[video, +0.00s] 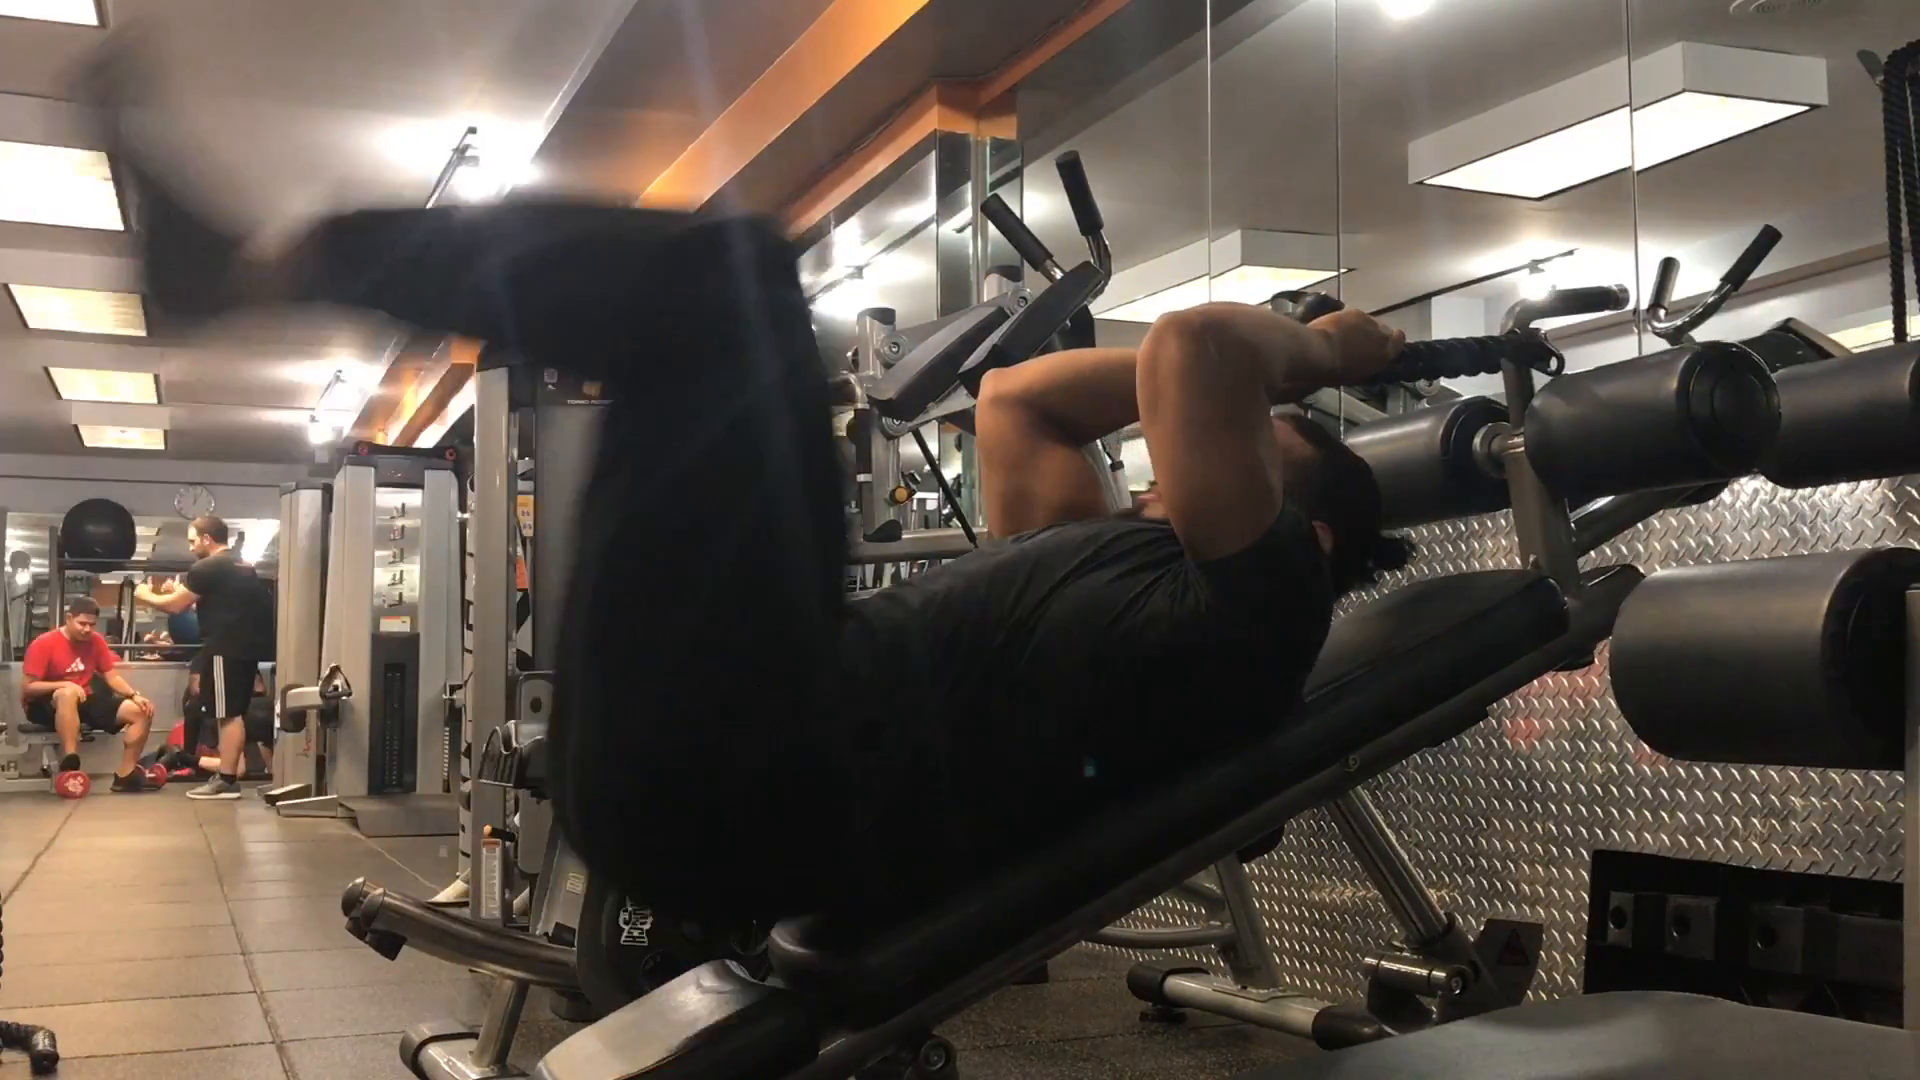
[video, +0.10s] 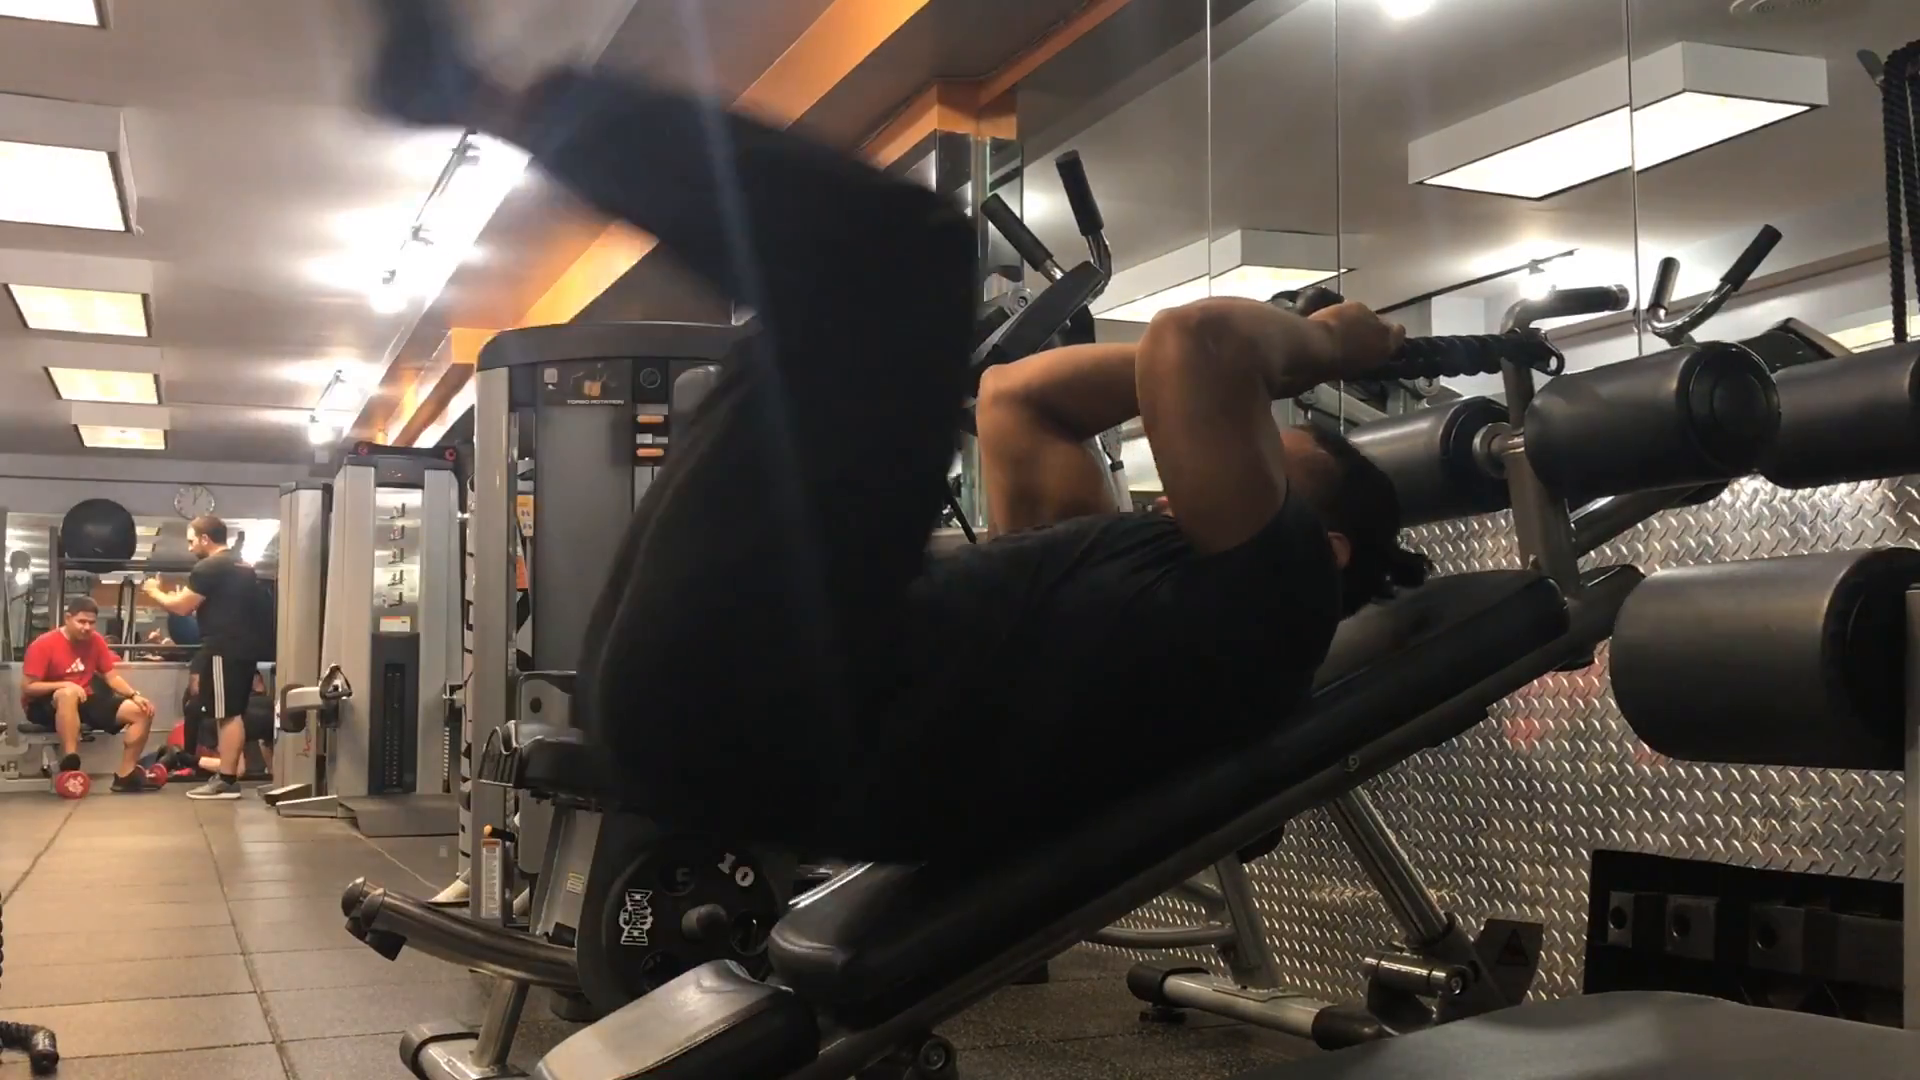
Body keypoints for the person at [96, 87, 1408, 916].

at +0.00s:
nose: (1236, 468)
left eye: (1270, 463)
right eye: (1253, 454)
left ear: (1303, 521)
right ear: (1233, 500)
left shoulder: (1254, 618)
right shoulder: (1103, 581)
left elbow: (1194, 337)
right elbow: (1010, 401)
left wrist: (1323, 344)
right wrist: (1216, 393)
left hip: (735, 820)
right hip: (730, 754)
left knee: (721, 273)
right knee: (739, 266)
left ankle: (262, 263)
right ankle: (320, 256)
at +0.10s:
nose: (1265, 445)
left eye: (1296, 451)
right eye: (1276, 438)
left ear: (1331, 536)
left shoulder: (1272, 602)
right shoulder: (1107, 573)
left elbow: (1195, 335)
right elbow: (1017, 395)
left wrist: (1326, 339)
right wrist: (1205, 406)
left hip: (744, 728)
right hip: (676, 714)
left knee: (911, 248)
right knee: (884, 291)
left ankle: (473, 88)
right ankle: (481, 96)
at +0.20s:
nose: (1273, 446)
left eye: (1304, 458)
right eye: (1288, 447)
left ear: (1337, 543)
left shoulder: (1285, 602)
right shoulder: (1113, 590)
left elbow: (1195, 332)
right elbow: (1044, 396)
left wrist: (1327, 329)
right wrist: (1200, 379)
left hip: (759, 625)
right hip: (706, 621)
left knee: (1030, 230)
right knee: (1024, 230)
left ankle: (667, 20)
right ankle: (677, 30)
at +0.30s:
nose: (1308, 452)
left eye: (1336, 463)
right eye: (1323, 449)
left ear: (1353, 554)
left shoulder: (1291, 605)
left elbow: (1185, 345)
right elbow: (1042, 426)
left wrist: (1331, 328)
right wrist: (1152, 377)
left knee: (1112, 202)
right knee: (1084, 223)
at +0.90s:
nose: (1307, 451)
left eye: (1332, 465)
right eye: (1322, 450)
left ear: (1348, 558)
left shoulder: (1292, 605)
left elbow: (1210, 336)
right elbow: (1035, 410)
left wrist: (1330, 324)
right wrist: (1198, 376)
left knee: (1068, 204)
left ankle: (737, 17)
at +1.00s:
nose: (1296, 444)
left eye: (1325, 457)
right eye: (1311, 440)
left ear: (1341, 543)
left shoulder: (1283, 599)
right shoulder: (1134, 593)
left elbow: (1211, 338)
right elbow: (1025, 405)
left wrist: (1333, 318)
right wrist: (1206, 371)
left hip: (758, 675)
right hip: (710, 667)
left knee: (973, 213)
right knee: (956, 233)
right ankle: (576, 61)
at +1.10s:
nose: (1265, 448)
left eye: (1296, 452)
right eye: (1284, 444)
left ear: (1322, 514)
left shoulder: (1263, 606)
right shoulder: (1109, 576)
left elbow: (1198, 331)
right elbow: (1011, 400)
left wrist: (1334, 325)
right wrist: (1213, 372)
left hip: (744, 741)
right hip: (705, 710)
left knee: (840, 234)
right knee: (820, 271)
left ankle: (380, 176)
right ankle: (397, 180)